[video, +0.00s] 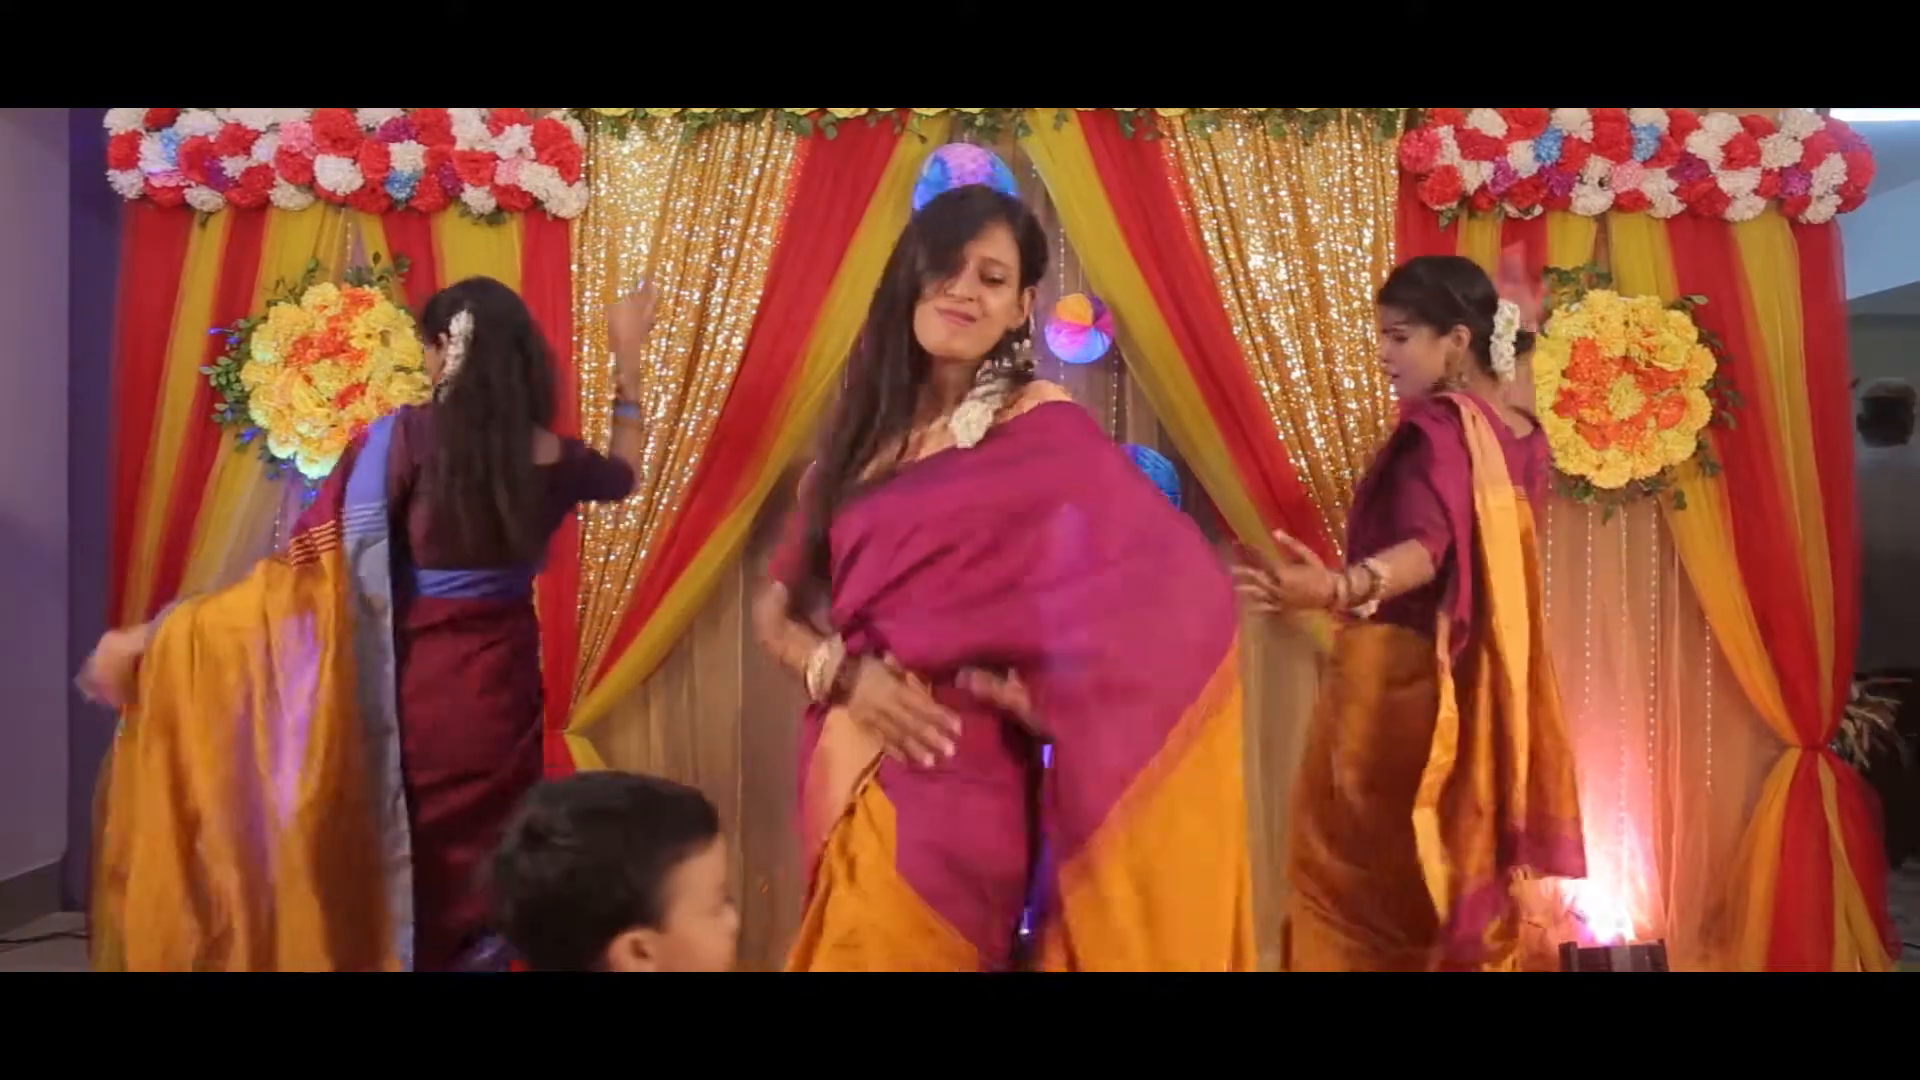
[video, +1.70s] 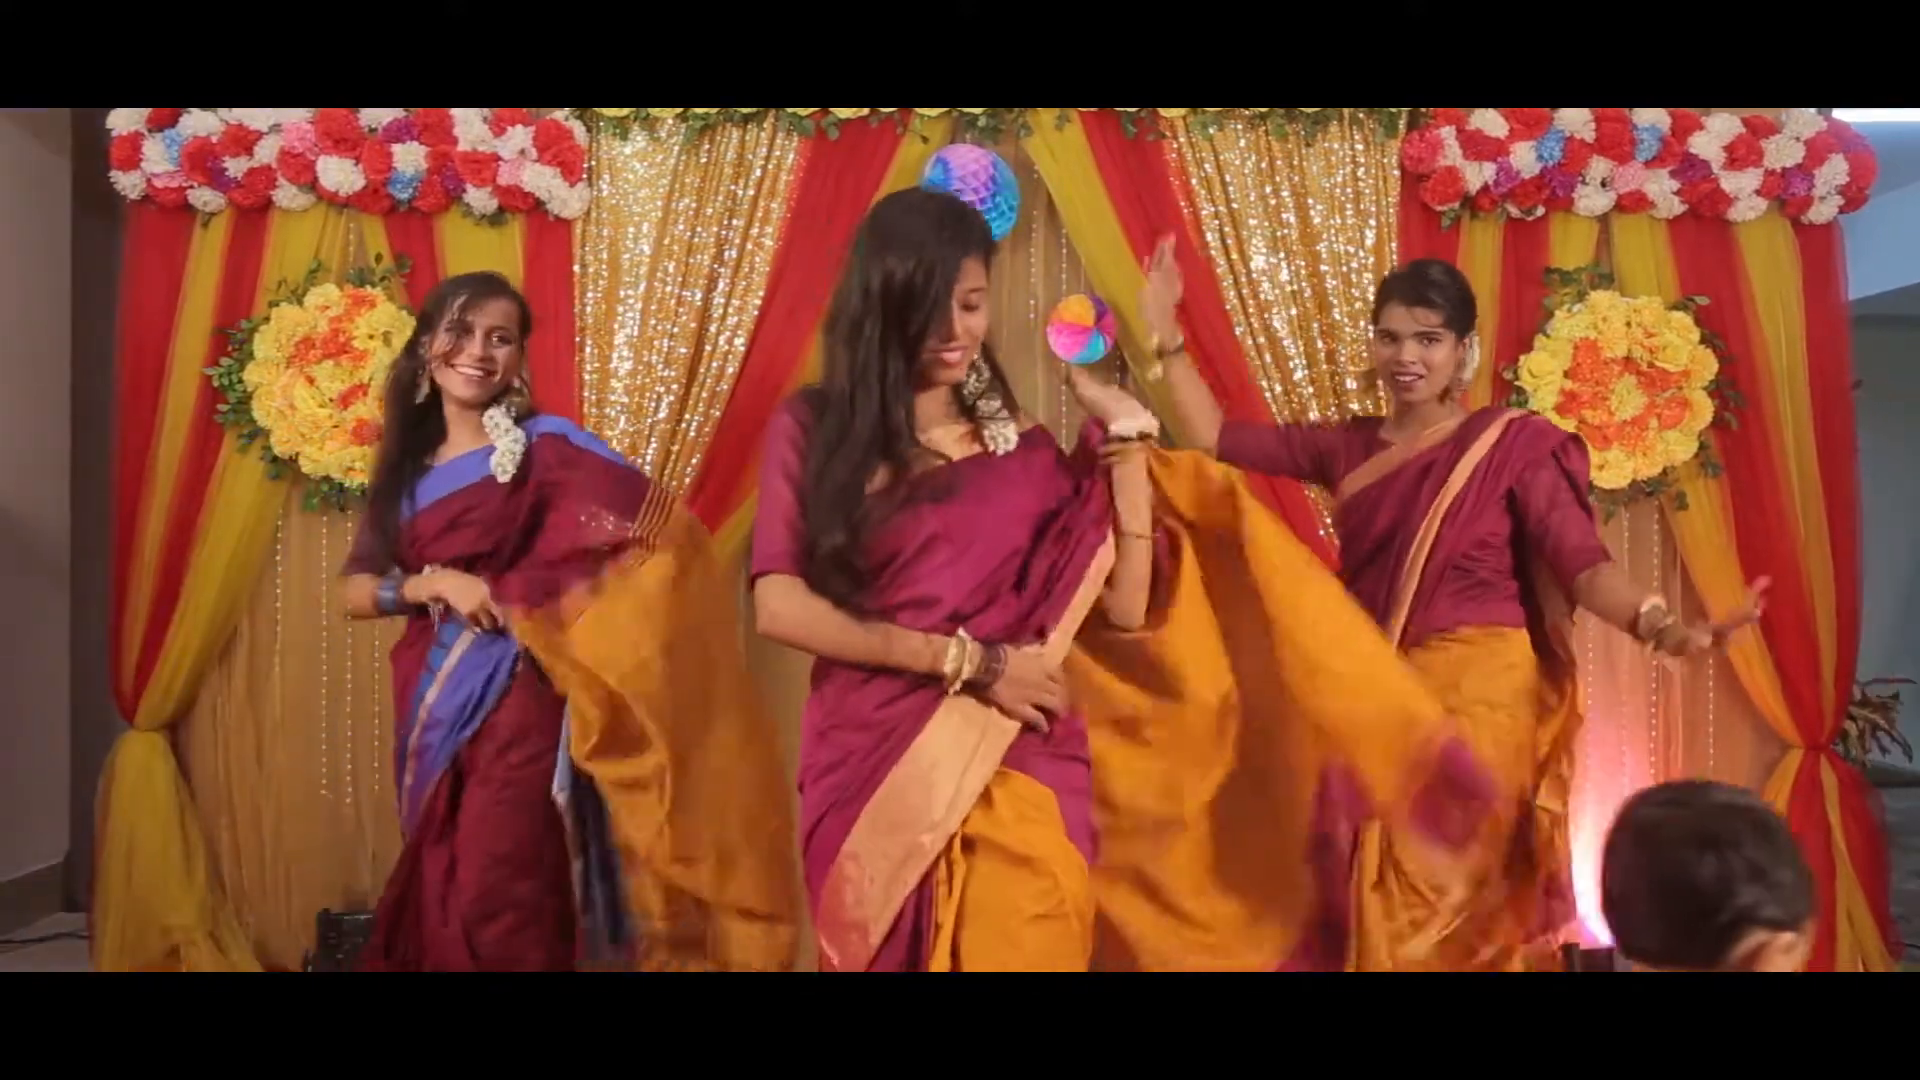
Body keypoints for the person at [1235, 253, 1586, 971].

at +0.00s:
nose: (1384, 354)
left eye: (1400, 336)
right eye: (1382, 335)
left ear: (1458, 340)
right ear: (1458, 345)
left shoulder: (1436, 427)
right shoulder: (1515, 432)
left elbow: (1427, 547)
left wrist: (1334, 585)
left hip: (1395, 667)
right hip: (1466, 670)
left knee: (1349, 864)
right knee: (1448, 856)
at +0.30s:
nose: (1372, 348)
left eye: (1391, 329)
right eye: (1368, 330)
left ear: (1446, 338)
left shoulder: (1450, 423)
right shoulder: (1429, 421)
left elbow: (1461, 519)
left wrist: (1437, 584)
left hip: (1384, 650)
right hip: (1367, 646)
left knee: (1346, 848)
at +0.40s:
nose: (1374, 348)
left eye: (1394, 328)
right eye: (1366, 328)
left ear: (1446, 338)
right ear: (1360, 332)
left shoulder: (1459, 427)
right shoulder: (1406, 427)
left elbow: (1483, 524)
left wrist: (1466, 576)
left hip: (1391, 653)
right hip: (1339, 650)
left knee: (1363, 865)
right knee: (1302, 862)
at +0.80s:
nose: (1375, 358)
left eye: (1397, 340)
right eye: (1369, 339)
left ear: (1448, 348)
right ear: (1363, 340)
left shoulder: (1483, 435)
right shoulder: (1392, 444)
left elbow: (1522, 544)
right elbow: (1312, 434)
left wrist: (1539, 584)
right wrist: (1283, 343)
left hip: (1432, 678)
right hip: (1367, 680)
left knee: (1335, 854)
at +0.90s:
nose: (1375, 355)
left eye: (1398, 336)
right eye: (1368, 335)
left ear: (1449, 345)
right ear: (1361, 337)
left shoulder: (1487, 432)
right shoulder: (1391, 445)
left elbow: (1532, 559)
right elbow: (1307, 439)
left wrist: (1545, 588)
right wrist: (1277, 342)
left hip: (1435, 682)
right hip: (1368, 682)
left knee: (1346, 870)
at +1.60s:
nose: (1396, 366)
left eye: (1419, 347)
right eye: (1382, 347)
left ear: (1460, 361)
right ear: (1368, 355)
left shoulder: (1509, 454)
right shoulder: (1354, 472)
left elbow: (1573, 588)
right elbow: (1227, 469)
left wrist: (1626, 657)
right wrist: (1167, 363)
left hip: (1472, 719)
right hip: (1368, 719)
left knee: (1375, 905)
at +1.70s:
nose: (1405, 355)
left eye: (1426, 338)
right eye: (1389, 337)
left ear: (1466, 347)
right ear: (1371, 345)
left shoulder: (1515, 442)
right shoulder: (1350, 449)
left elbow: (1582, 565)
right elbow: (1212, 436)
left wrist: (1655, 625)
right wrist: (1163, 340)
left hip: (1488, 676)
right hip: (1377, 679)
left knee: (1440, 868)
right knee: (1362, 864)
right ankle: (1374, 967)